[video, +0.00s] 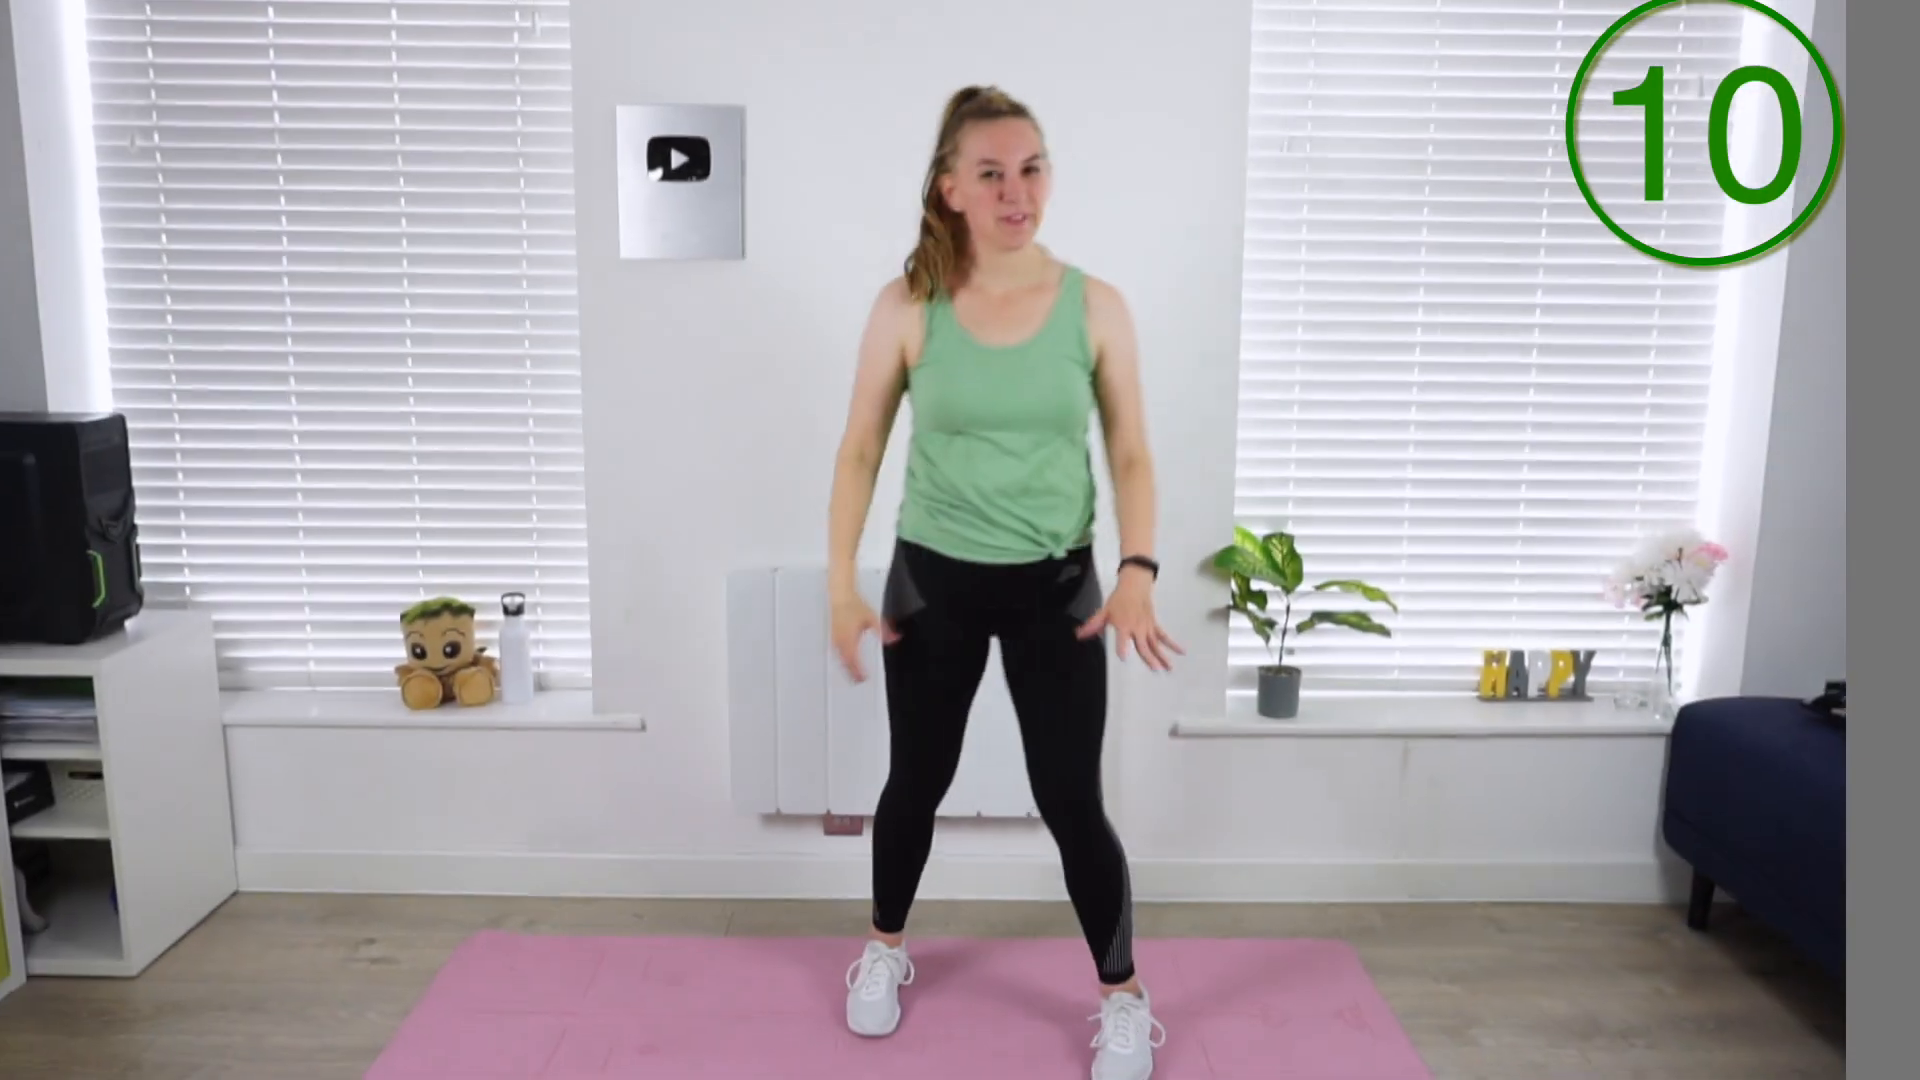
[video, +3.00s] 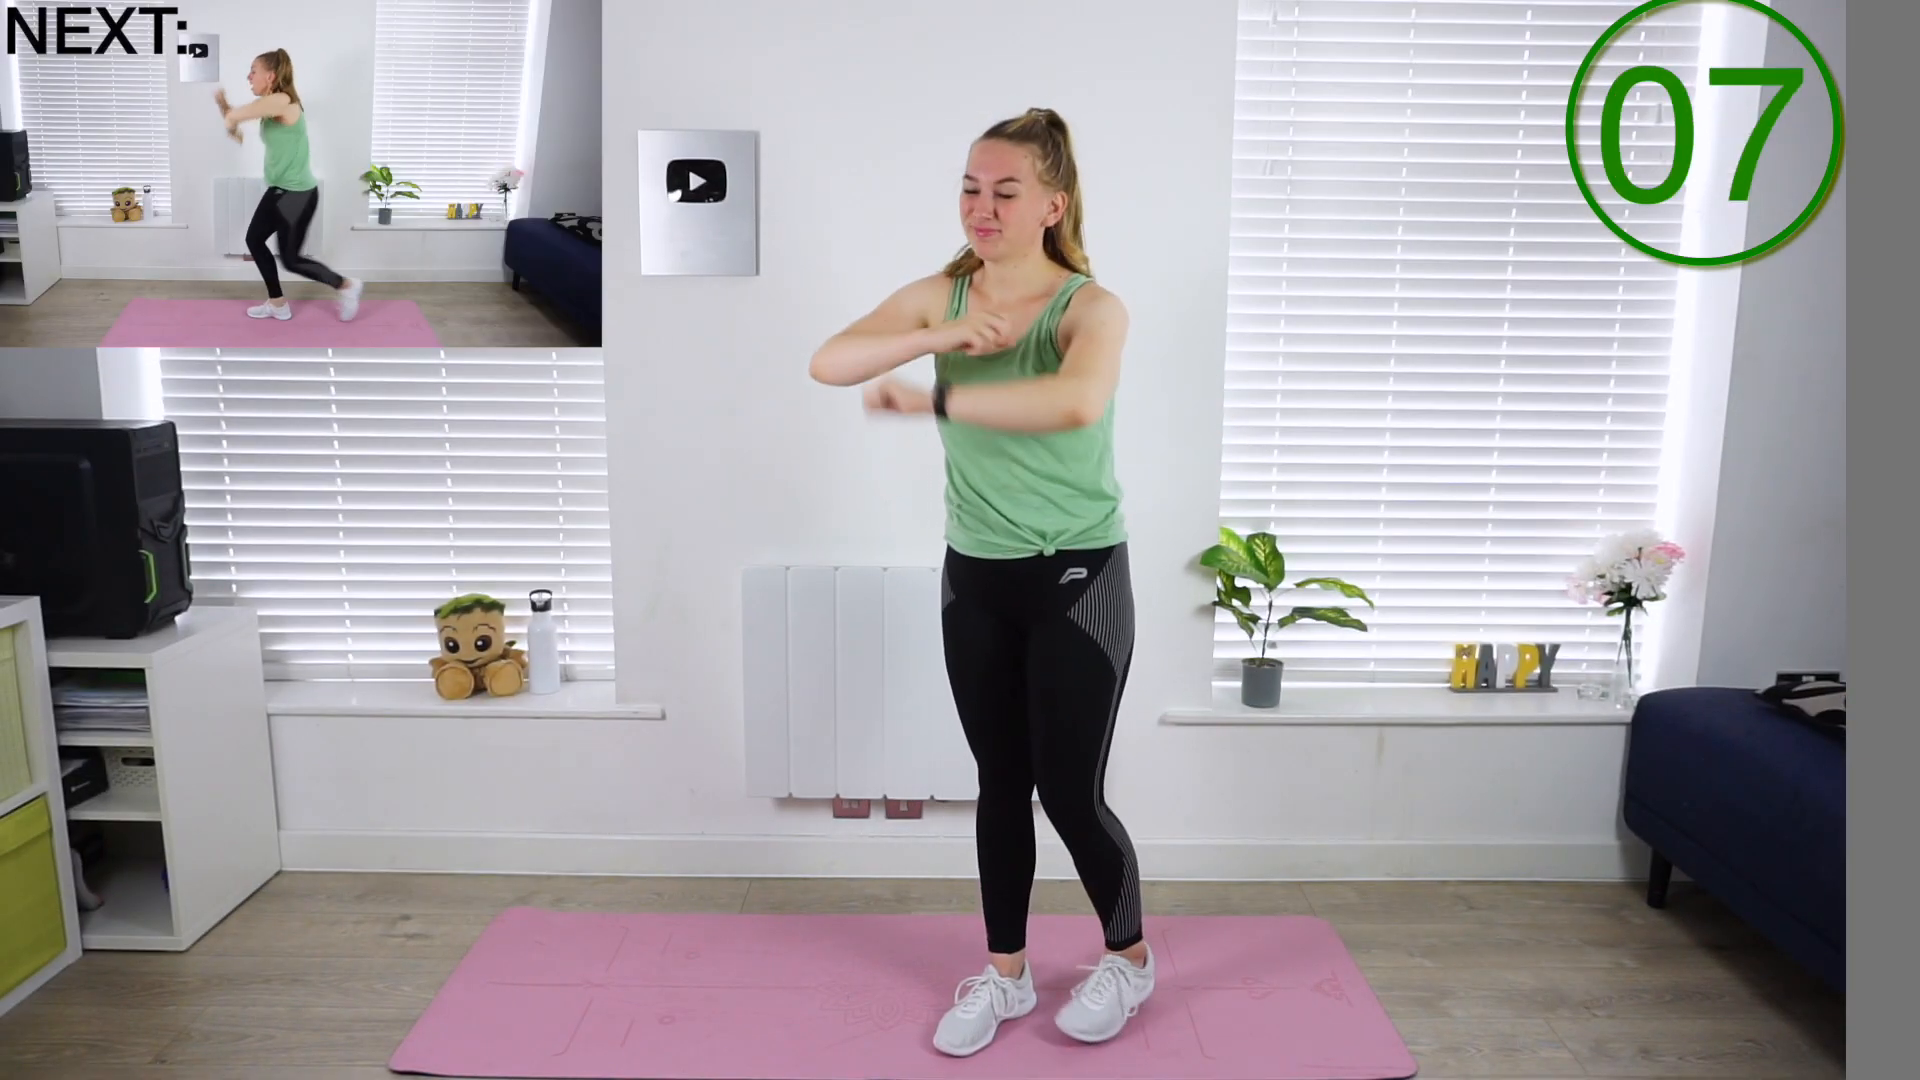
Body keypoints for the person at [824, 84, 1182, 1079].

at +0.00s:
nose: (1016, 191)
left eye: (1030, 170)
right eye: (991, 173)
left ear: (1048, 177)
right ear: (948, 188)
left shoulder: (1094, 307)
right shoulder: (907, 308)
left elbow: (1131, 455)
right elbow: (859, 454)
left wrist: (1136, 569)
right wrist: (844, 586)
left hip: (1057, 582)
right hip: (935, 578)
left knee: (1071, 802)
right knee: (915, 780)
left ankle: (1122, 998)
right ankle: (883, 947)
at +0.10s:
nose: (1034, 191)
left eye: (1052, 172)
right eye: (1012, 174)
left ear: (1075, 188)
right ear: (979, 192)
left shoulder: (1122, 311)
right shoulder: (938, 309)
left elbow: (1172, 455)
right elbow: (868, 443)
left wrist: (1137, 538)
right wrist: (915, 556)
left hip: (1078, 571)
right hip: (960, 564)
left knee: (1083, 792)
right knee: (929, 771)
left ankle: (1119, 981)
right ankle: (890, 932)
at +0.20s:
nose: (1052, 205)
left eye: (1071, 186)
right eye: (1033, 186)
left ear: (1097, 200)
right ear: (1004, 200)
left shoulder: (1140, 319)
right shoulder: (961, 307)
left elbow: (1207, 444)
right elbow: (869, 423)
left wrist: (1136, 498)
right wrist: (968, 456)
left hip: (1094, 578)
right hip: (982, 572)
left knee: (1091, 789)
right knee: (939, 773)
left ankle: (1118, 972)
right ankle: (911, 922)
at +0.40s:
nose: (1072, 203)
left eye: (1091, 185)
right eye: (1053, 184)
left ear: (1119, 201)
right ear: (1025, 195)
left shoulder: (1140, 308)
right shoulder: (989, 278)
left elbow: (1207, 390)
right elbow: (871, 322)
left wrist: (1083, 429)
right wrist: (1005, 319)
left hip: (1102, 578)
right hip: (994, 571)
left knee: (1093, 789)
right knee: (979, 784)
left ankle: (1117, 972)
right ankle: (999, 968)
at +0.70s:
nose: (1048, 189)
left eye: (1068, 175)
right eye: (1031, 173)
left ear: (1098, 198)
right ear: (1002, 190)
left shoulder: (1126, 288)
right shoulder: (973, 276)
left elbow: (1122, 347)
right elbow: (849, 298)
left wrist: (987, 355)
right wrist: (968, 282)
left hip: (1102, 577)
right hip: (993, 574)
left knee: (1100, 781)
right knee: (1000, 787)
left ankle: (1119, 971)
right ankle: (1007, 972)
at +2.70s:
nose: (986, 201)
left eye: (1010, 183)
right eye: (973, 182)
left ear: (1055, 199)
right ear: (958, 194)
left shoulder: (1092, 300)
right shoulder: (930, 286)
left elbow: (1075, 334)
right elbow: (824, 358)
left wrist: (940, 311)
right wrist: (936, 372)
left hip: (1072, 577)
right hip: (964, 577)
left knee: (1079, 788)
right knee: (995, 785)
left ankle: (1116, 970)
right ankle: (1006, 971)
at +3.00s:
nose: (982, 207)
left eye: (1004, 190)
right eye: (972, 190)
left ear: (1056, 203)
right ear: (961, 199)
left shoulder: (1092, 308)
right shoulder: (941, 295)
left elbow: (1081, 403)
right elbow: (830, 361)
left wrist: (933, 401)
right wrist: (948, 331)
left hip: (1079, 576)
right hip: (976, 573)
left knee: (1069, 789)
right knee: (1001, 782)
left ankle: (1127, 959)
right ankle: (1006, 970)